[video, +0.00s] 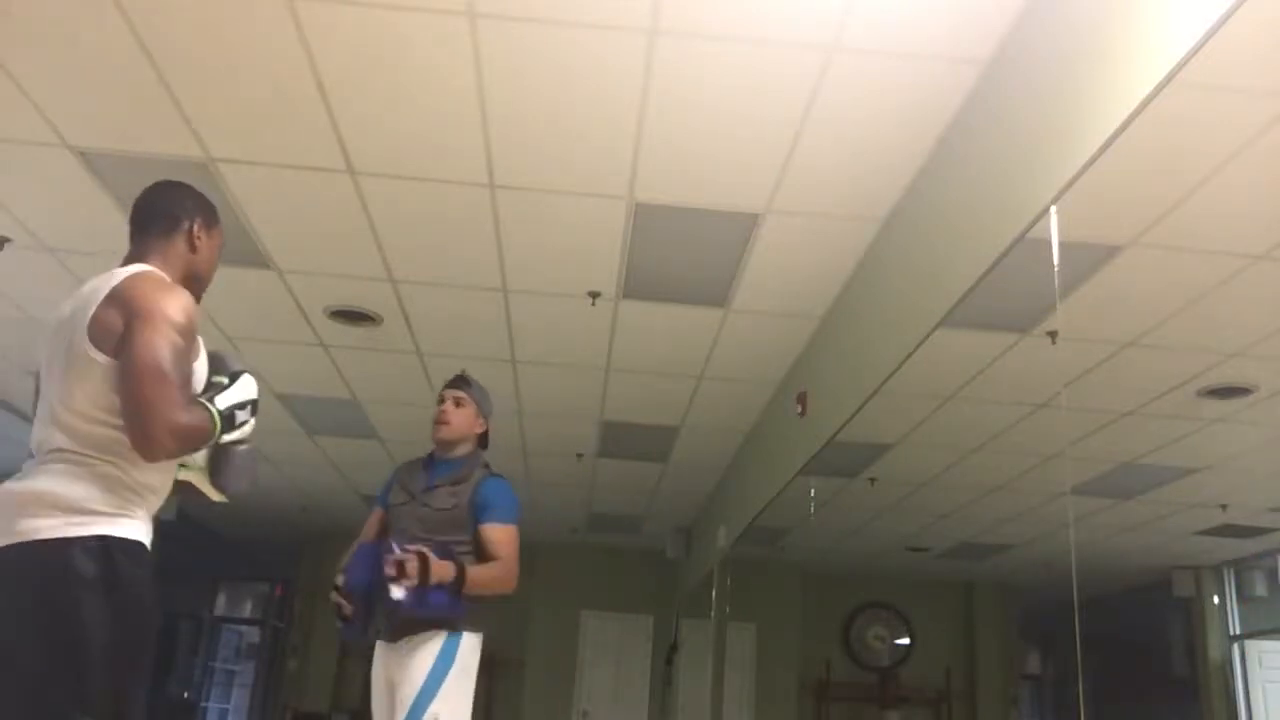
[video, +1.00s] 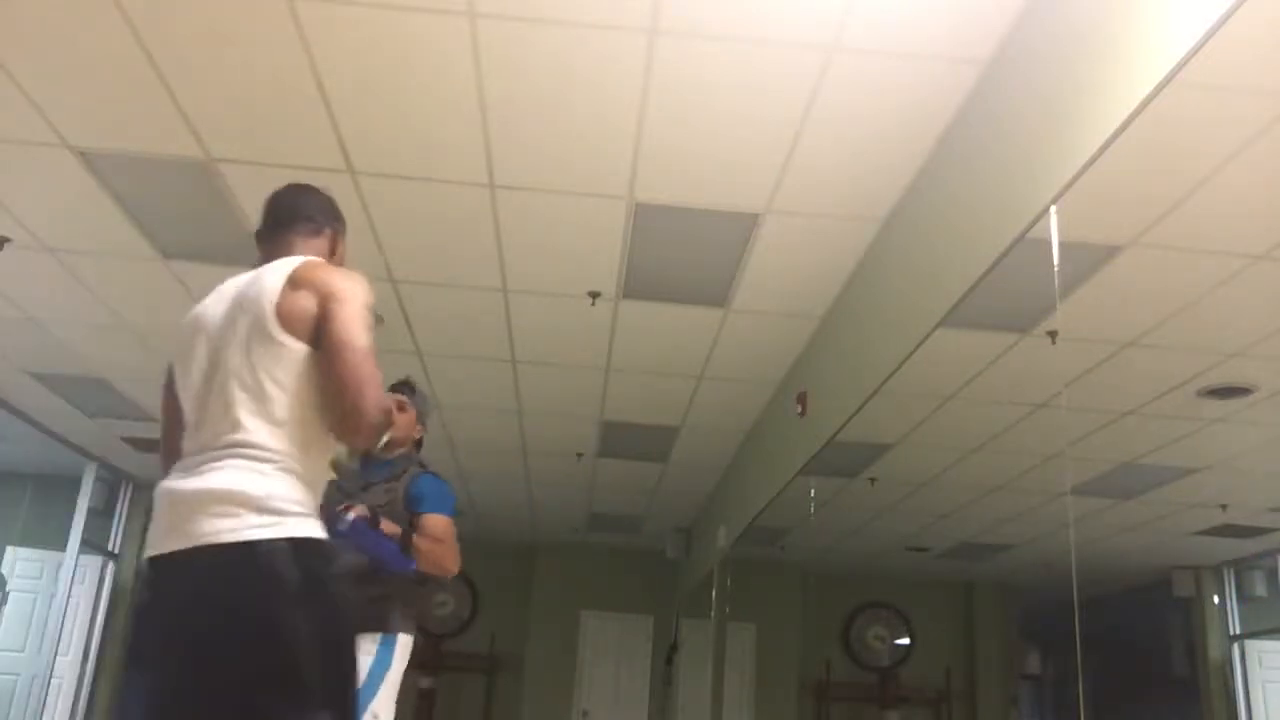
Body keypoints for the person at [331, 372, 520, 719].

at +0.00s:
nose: (443, 408)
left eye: (457, 403)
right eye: (441, 401)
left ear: (480, 424)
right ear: (432, 413)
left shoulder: (489, 488)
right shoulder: (404, 476)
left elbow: (506, 575)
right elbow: (366, 542)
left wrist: (442, 572)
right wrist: (347, 581)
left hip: (445, 640)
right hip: (390, 637)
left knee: (427, 712)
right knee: (387, 712)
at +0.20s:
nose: (430, 400)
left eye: (445, 395)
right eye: (428, 393)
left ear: (468, 417)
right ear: (420, 406)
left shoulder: (474, 478)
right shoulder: (395, 465)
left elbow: (484, 564)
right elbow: (355, 529)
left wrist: (406, 528)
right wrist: (316, 567)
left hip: (433, 636)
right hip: (381, 632)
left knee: (417, 712)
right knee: (367, 712)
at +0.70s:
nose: (391, 419)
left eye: (404, 413)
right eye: (387, 411)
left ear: (427, 428)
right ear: (380, 419)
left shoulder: (434, 482)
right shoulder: (356, 480)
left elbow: (434, 563)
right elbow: (336, 545)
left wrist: (368, 531)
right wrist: (291, 547)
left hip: (392, 634)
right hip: (343, 628)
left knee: (372, 712)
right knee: (327, 712)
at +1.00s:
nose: (388, 412)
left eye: (402, 407)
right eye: (384, 405)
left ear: (419, 430)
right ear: (372, 414)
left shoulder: (424, 484)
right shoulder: (343, 477)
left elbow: (446, 561)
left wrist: (389, 530)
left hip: (382, 623)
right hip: (328, 615)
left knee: (367, 710)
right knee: (317, 708)